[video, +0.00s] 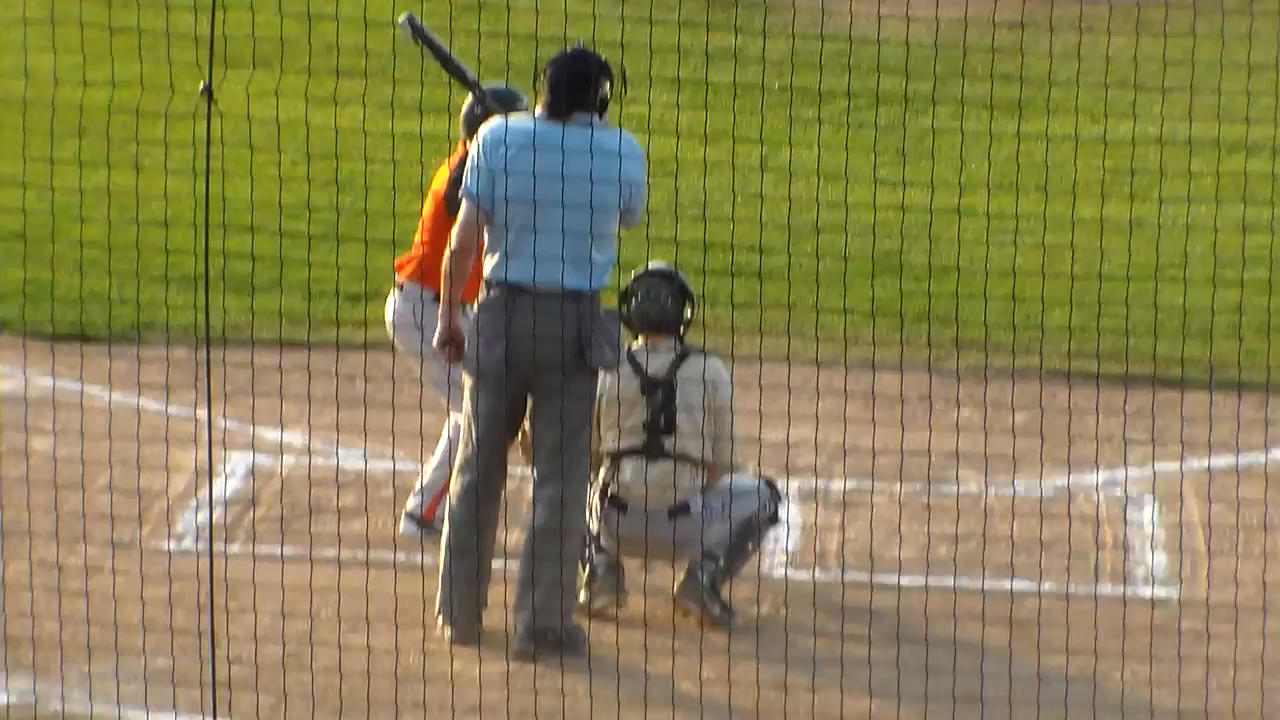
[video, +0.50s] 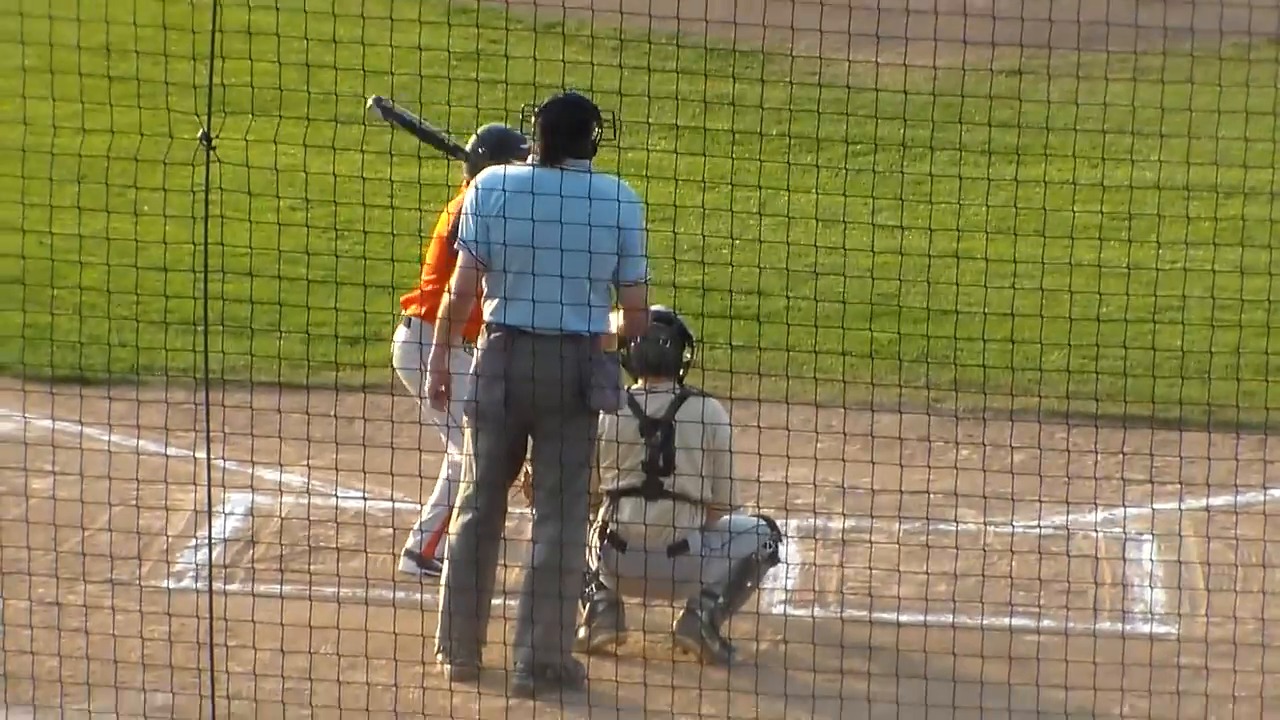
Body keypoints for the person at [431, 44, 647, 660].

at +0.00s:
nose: (605, 103)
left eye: (601, 94)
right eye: (605, 96)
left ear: (547, 92)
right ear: (599, 98)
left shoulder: (497, 135)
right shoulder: (622, 149)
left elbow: (466, 232)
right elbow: (630, 217)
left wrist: (449, 311)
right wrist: (595, 142)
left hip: (503, 313)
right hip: (574, 318)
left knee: (479, 464)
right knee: (562, 473)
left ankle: (461, 612)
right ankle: (543, 624)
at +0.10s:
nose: (608, 143)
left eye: (601, 133)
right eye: (607, 135)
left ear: (549, 133)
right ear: (602, 139)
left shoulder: (500, 178)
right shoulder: (625, 192)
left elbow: (469, 276)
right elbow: (632, 261)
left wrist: (451, 353)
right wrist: (590, 190)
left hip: (505, 354)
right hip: (577, 359)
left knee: (481, 504)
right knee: (564, 512)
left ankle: (463, 651)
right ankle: (546, 663)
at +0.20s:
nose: (600, 169)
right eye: (599, 162)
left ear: (541, 160)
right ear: (595, 166)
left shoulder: (492, 204)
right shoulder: (619, 218)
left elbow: (462, 303)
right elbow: (624, 291)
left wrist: (444, 377)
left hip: (497, 381)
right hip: (569, 386)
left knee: (475, 530)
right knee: (558, 538)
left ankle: (456, 678)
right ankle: (540, 690)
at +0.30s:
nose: (592, 169)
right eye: (592, 161)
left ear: (534, 160)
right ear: (588, 165)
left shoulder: (486, 205)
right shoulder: (614, 219)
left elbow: (457, 303)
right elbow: (621, 304)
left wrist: (437, 378)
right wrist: (578, 272)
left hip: (492, 380)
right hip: (564, 384)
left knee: (469, 528)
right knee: (553, 535)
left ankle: (452, 672)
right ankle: (536, 685)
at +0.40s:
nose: (600, 163)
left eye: (591, 154)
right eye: (598, 155)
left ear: (539, 157)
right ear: (592, 160)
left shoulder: (492, 203)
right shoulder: (620, 217)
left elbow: (463, 305)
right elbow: (633, 318)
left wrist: (442, 377)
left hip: (500, 376)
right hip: (573, 380)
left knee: (477, 522)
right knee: (561, 529)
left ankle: (459, 667)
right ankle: (542, 680)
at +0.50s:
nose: (592, 145)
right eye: (594, 138)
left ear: (538, 138)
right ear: (593, 142)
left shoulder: (492, 186)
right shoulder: (621, 201)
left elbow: (462, 290)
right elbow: (636, 315)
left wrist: (440, 357)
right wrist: (610, 341)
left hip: (501, 359)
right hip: (575, 364)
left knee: (478, 504)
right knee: (561, 512)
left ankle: (460, 650)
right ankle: (542, 661)